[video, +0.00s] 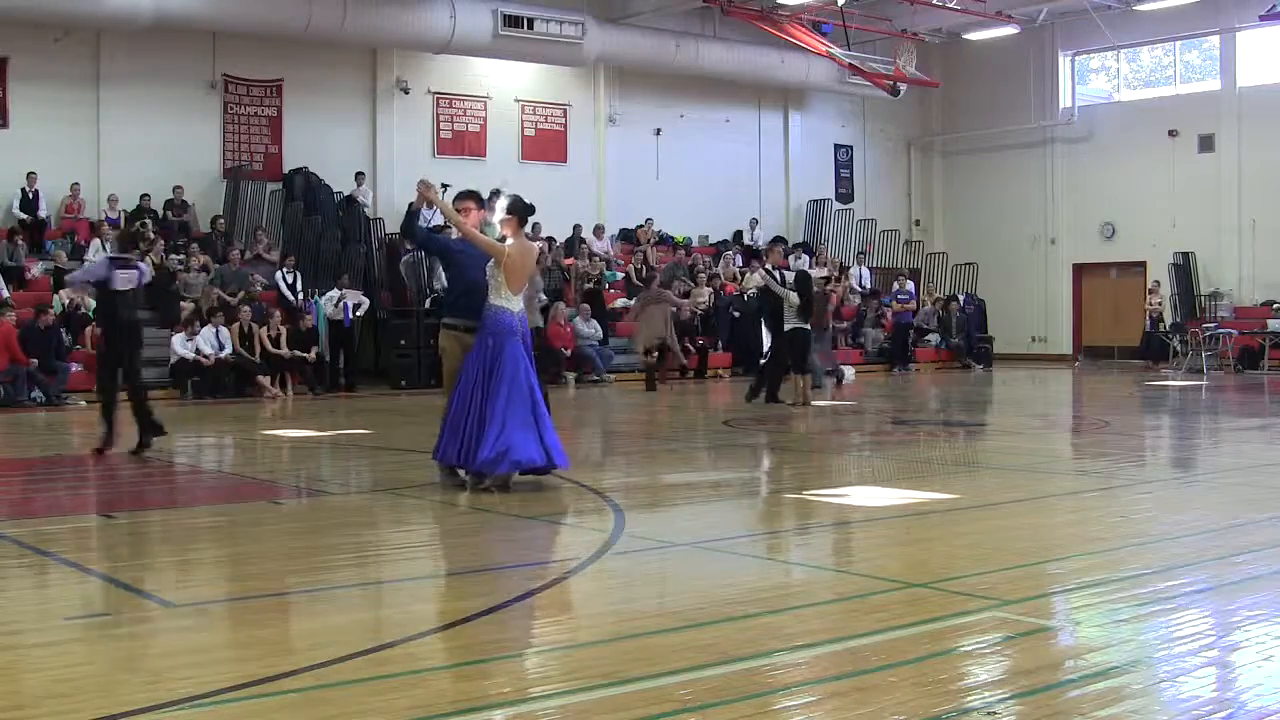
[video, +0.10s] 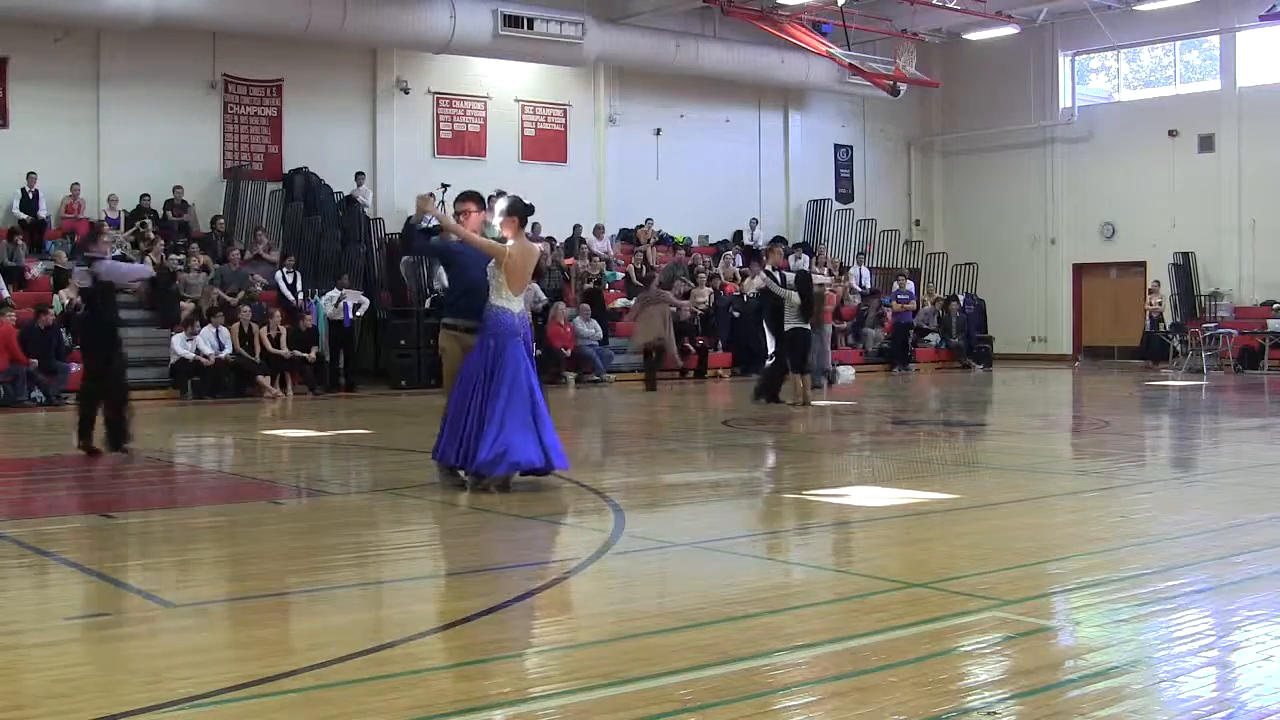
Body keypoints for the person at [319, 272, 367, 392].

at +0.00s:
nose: (347, 282)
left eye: (347, 280)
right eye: (344, 280)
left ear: (348, 281)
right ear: (337, 282)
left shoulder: (352, 294)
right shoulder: (328, 296)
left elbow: (366, 302)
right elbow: (329, 314)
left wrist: (358, 313)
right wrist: (338, 302)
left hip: (348, 323)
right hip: (334, 323)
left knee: (349, 355)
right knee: (334, 356)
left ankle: (349, 384)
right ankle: (334, 384)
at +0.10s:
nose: (347, 282)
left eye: (348, 279)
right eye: (345, 279)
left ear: (348, 282)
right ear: (338, 281)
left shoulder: (352, 294)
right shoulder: (328, 296)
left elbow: (366, 302)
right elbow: (329, 314)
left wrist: (358, 313)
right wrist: (338, 302)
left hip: (348, 323)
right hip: (334, 324)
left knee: (350, 355)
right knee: (334, 356)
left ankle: (349, 384)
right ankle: (334, 384)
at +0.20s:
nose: (347, 282)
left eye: (348, 279)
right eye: (345, 279)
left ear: (348, 282)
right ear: (338, 281)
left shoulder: (352, 294)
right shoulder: (328, 296)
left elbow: (366, 302)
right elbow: (329, 314)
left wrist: (358, 313)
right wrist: (338, 302)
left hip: (348, 323)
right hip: (334, 324)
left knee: (350, 355)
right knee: (334, 356)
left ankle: (349, 384)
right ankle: (334, 384)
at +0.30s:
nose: (347, 282)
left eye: (348, 280)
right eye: (345, 280)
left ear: (348, 282)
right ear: (338, 282)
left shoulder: (352, 294)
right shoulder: (328, 297)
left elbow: (366, 302)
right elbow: (329, 314)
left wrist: (358, 313)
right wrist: (337, 302)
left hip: (349, 322)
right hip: (335, 323)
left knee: (350, 355)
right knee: (335, 355)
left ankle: (350, 384)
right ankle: (334, 384)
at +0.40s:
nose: (347, 282)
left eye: (348, 280)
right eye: (345, 280)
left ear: (349, 282)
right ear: (338, 282)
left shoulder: (352, 294)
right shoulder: (329, 297)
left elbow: (366, 302)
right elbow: (329, 314)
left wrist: (358, 313)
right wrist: (337, 303)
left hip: (349, 322)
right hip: (335, 323)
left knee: (350, 355)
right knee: (335, 355)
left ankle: (350, 384)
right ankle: (334, 384)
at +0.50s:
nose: (347, 282)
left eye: (348, 280)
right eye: (345, 280)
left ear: (349, 282)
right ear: (338, 282)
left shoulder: (352, 294)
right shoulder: (329, 297)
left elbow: (366, 302)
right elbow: (329, 314)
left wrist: (358, 313)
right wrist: (337, 303)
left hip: (349, 322)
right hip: (335, 323)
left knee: (350, 355)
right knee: (335, 355)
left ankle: (350, 384)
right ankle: (334, 384)